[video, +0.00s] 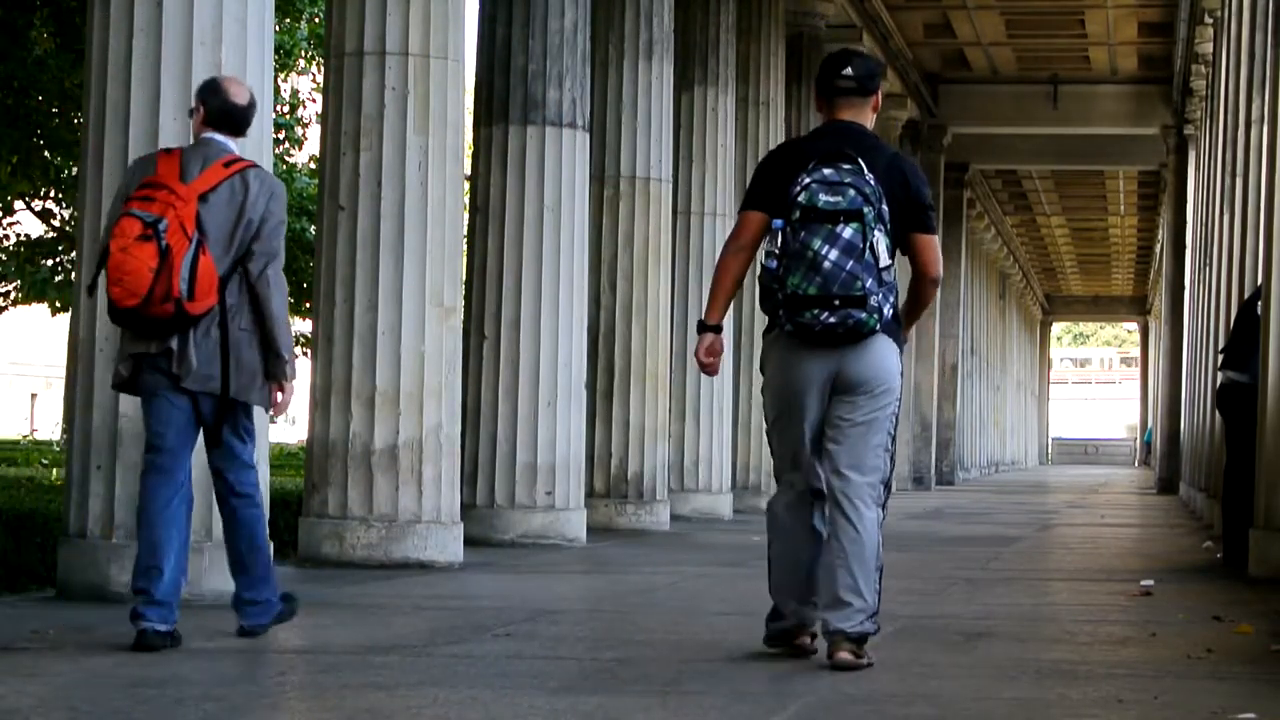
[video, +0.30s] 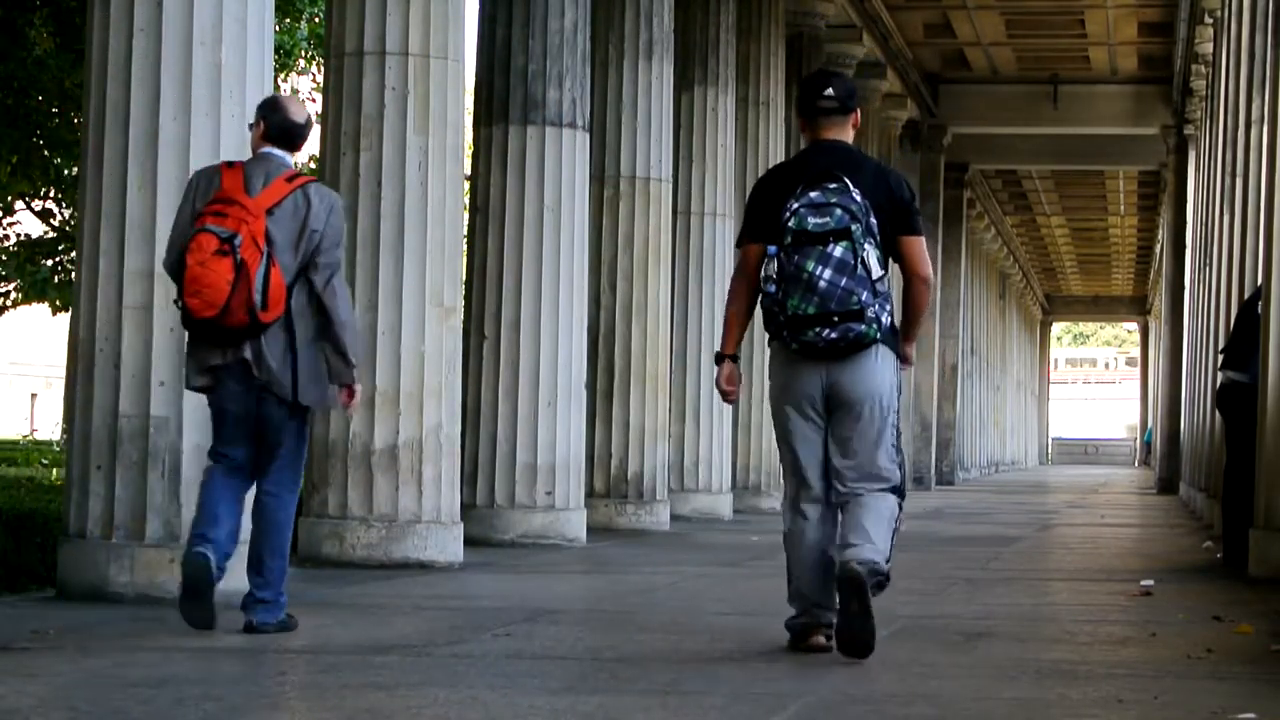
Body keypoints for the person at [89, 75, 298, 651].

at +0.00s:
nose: (193, 109)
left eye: (196, 103)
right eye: (202, 103)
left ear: (198, 116)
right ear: (246, 130)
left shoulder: (148, 169)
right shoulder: (262, 187)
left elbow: (112, 252)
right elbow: (266, 276)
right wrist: (281, 363)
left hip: (159, 350)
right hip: (229, 355)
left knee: (163, 476)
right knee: (239, 483)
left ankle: (153, 617)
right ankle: (258, 604)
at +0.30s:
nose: (251, 131)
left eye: (253, 125)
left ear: (257, 132)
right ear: (301, 147)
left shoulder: (207, 182)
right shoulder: (319, 201)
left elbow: (175, 262)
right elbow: (328, 287)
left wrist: (207, 323)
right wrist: (347, 366)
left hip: (222, 353)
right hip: (287, 359)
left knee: (229, 461)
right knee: (279, 483)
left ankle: (205, 549)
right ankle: (265, 608)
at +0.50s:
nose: (276, 141)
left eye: (279, 136)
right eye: (283, 134)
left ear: (285, 146)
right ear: (327, 157)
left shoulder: (240, 195)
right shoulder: (345, 210)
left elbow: (208, 273)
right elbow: (371, 288)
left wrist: (241, 320)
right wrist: (380, 349)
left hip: (251, 351)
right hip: (311, 355)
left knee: (279, 471)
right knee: (284, 476)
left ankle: (288, 587)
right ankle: (264, 601)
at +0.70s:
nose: (302, 160)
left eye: (306, 154)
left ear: (309, 163)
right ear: (351, 173)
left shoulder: (266, 212)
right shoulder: (364, 223)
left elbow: (237, 287)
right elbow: (387, 300)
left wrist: (275, 325)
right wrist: (398, 354)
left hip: (278, 368)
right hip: (337, 369)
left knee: (299, 478)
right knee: (338, 474)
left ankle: (315, 595)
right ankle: (302, 545)